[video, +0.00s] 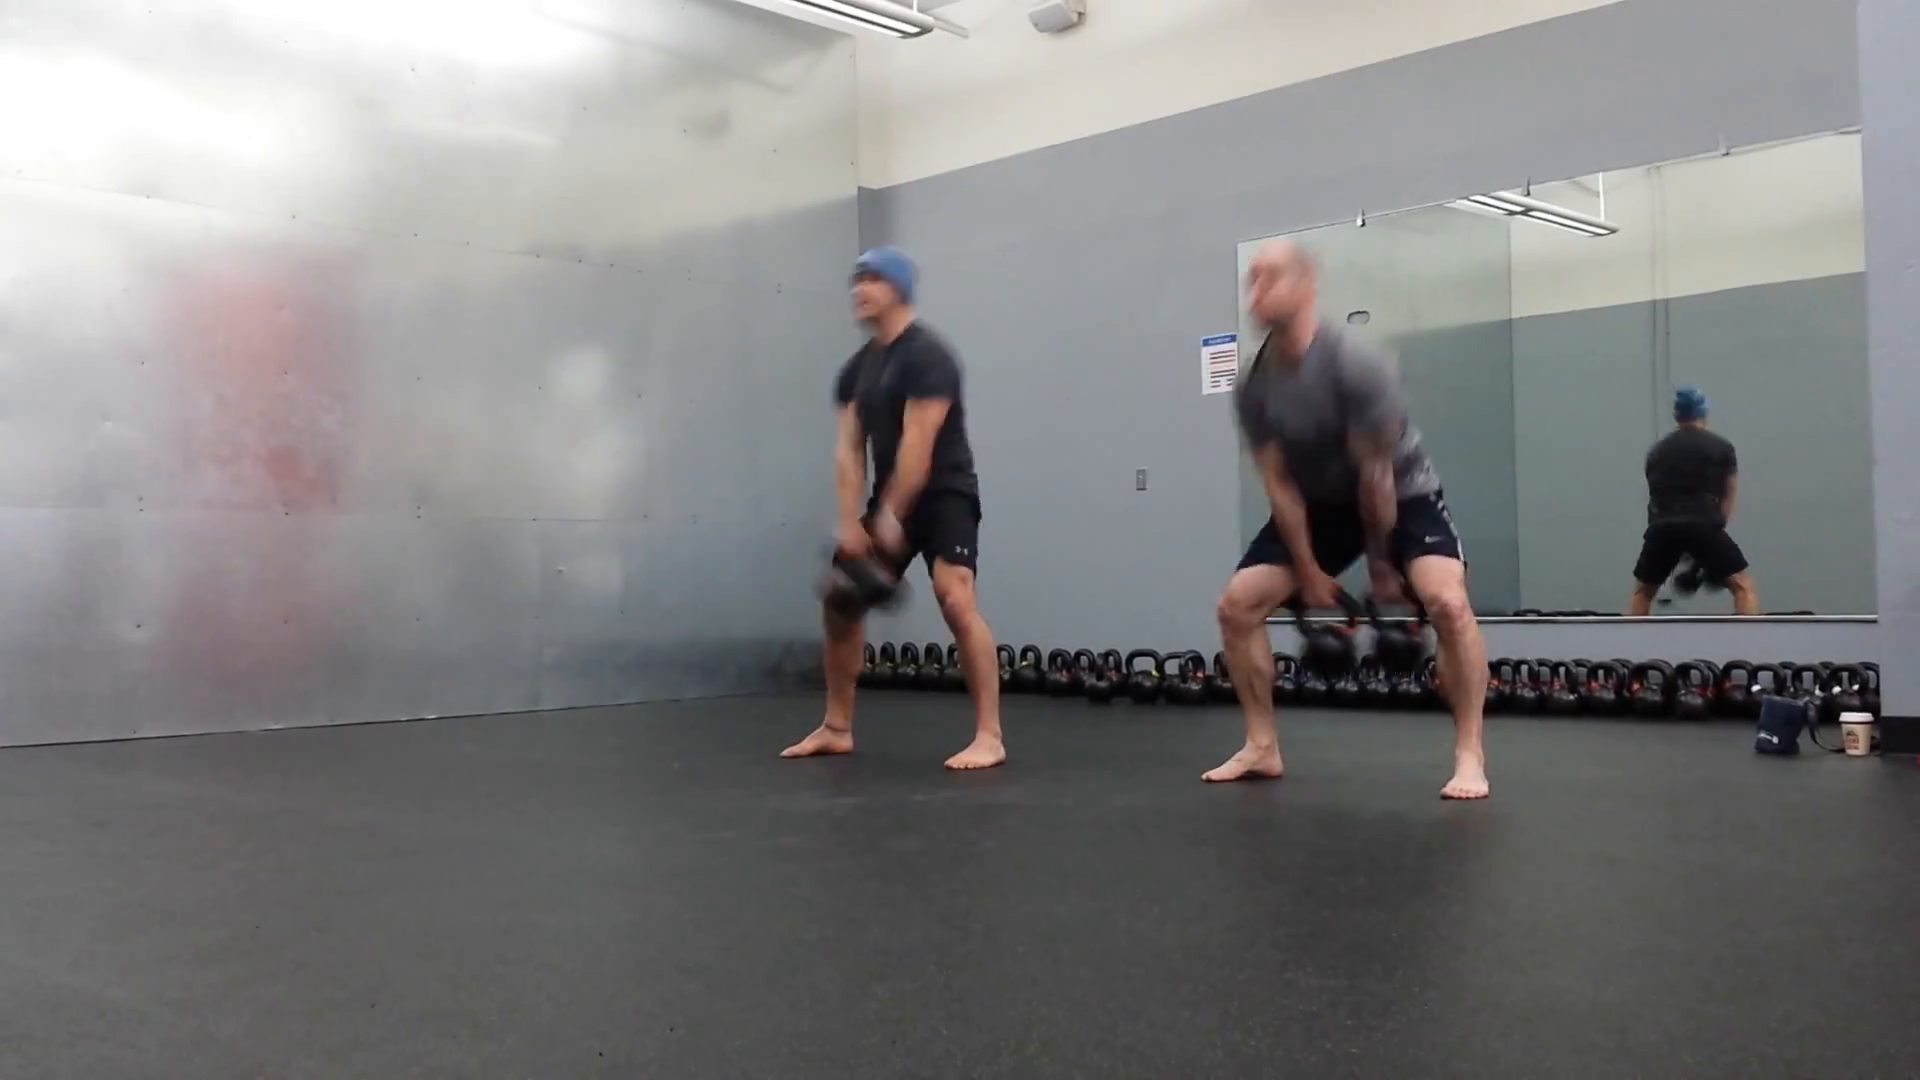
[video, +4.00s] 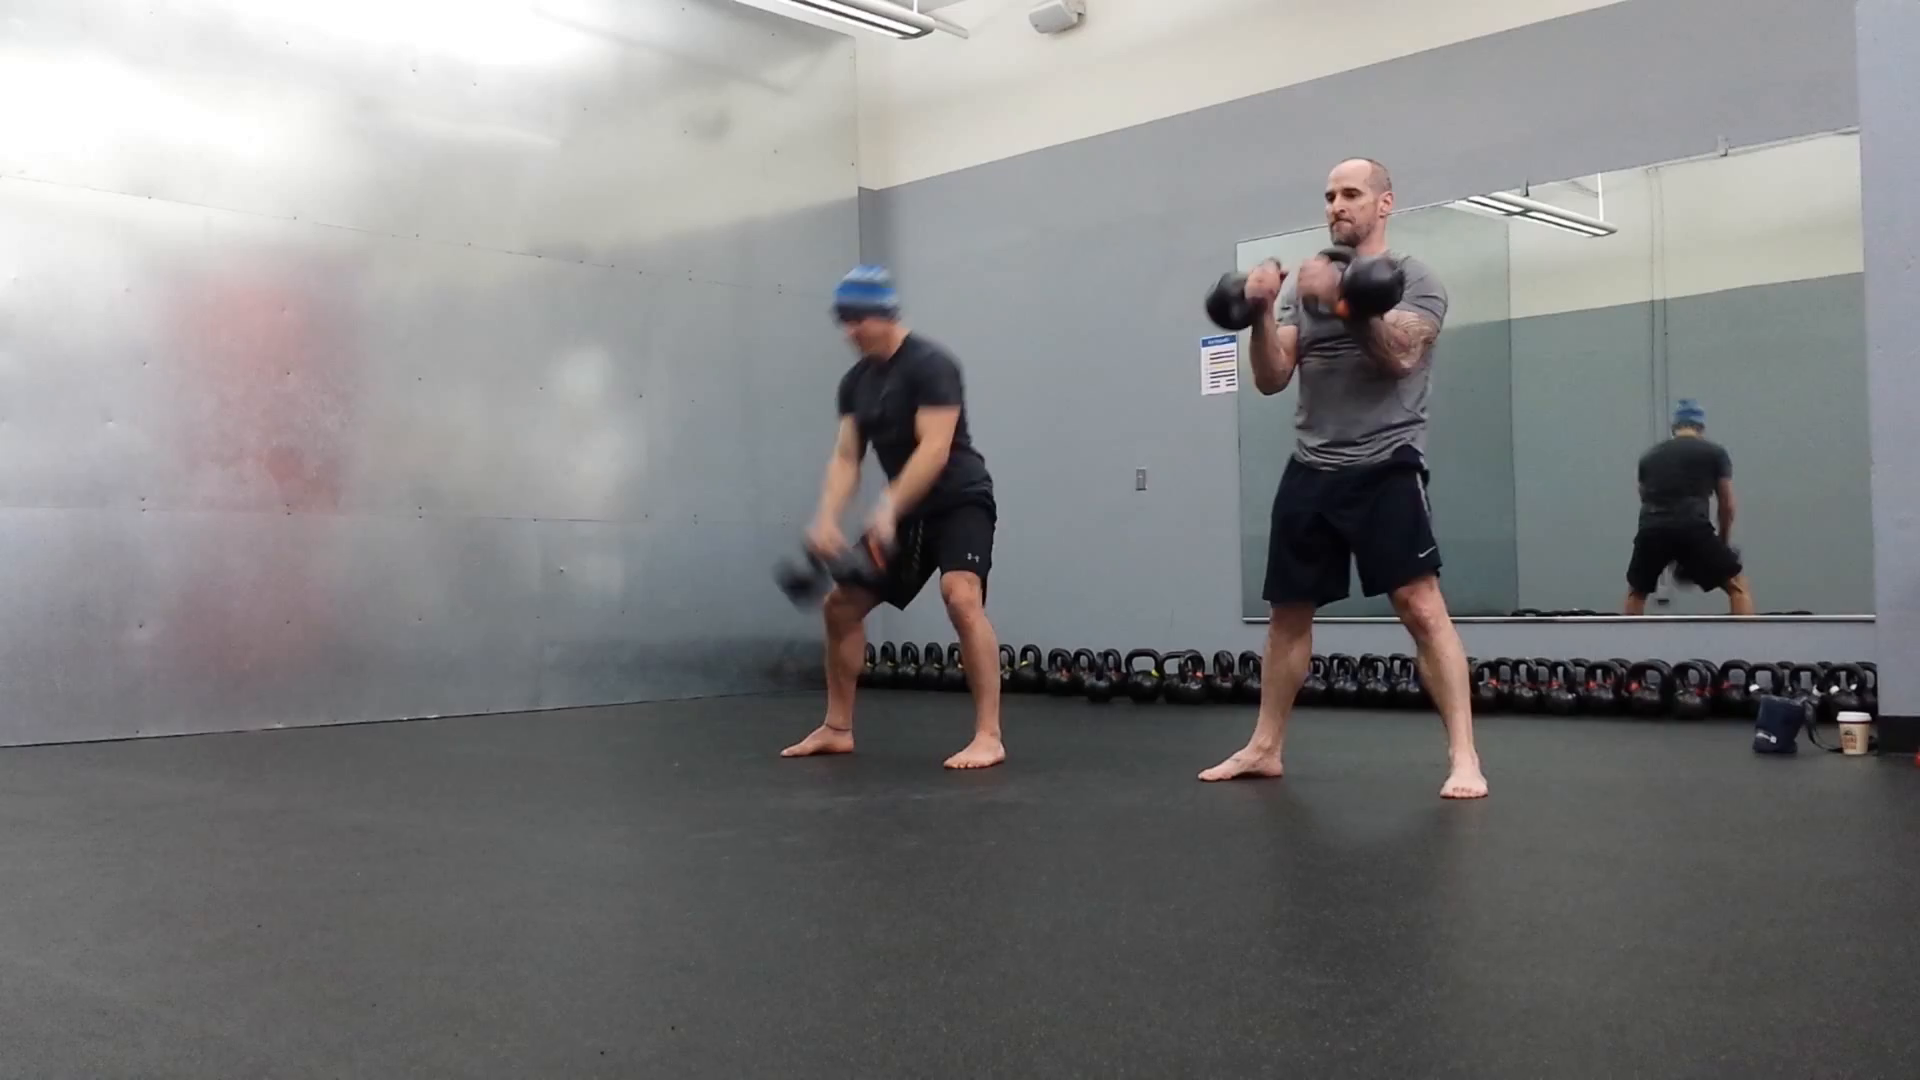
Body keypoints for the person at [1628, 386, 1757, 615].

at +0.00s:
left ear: (1676, 416)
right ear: (1704, 414)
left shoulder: (1657, 451)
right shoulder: (1721, 448)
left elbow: (1658, 498)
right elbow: (1728, 500)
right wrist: (1711, 531)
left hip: (1663, 529)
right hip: (1705, 528)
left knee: (1643, 593)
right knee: (1742, 587)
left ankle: (1633, 646)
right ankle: (1749, 646)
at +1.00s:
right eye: (1712, 443)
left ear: (1687, 440)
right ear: (1713, 443)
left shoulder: (1662, 465)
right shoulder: (1723, 465)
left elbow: (1658, 520)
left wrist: (1670, 574)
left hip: (1656, 532)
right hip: (1698, 533)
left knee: (1633, 594)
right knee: (1746, 587)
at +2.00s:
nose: (1703, 413)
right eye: (1703, 408)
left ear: (1677, 410)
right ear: (1706, 410)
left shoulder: (1660, 435)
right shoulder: (1715, 432)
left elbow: (1653, 395)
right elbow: (1730, 386)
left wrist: (1658, 355)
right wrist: (1724, 344)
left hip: (1674, 526)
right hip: (1713, 524)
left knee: (1653, 597)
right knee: (1729, 592)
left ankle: (1620, 651)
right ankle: (1745, 655)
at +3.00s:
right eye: (1687, 402)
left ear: (1663, 408)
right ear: (1690, 405)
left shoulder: (1648, 445)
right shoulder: (1706, 438)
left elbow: (1645, 447)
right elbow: (1747, 446)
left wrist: (1646, 429)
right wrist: (1732, 415)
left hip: (1669, 528)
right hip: (1708, 526)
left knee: (1651, 594)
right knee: (1727, 589)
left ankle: (1624, 647)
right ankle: (1744, 647)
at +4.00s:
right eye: (1699, 428)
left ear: (1674, 428)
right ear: (1701, 428)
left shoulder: (1650, 456)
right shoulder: (1715, 453)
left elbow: (1646, 500)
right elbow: (1726, 506)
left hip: (1652, 532)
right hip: (1694, 531)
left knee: (1636, 594)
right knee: (1736, 587)